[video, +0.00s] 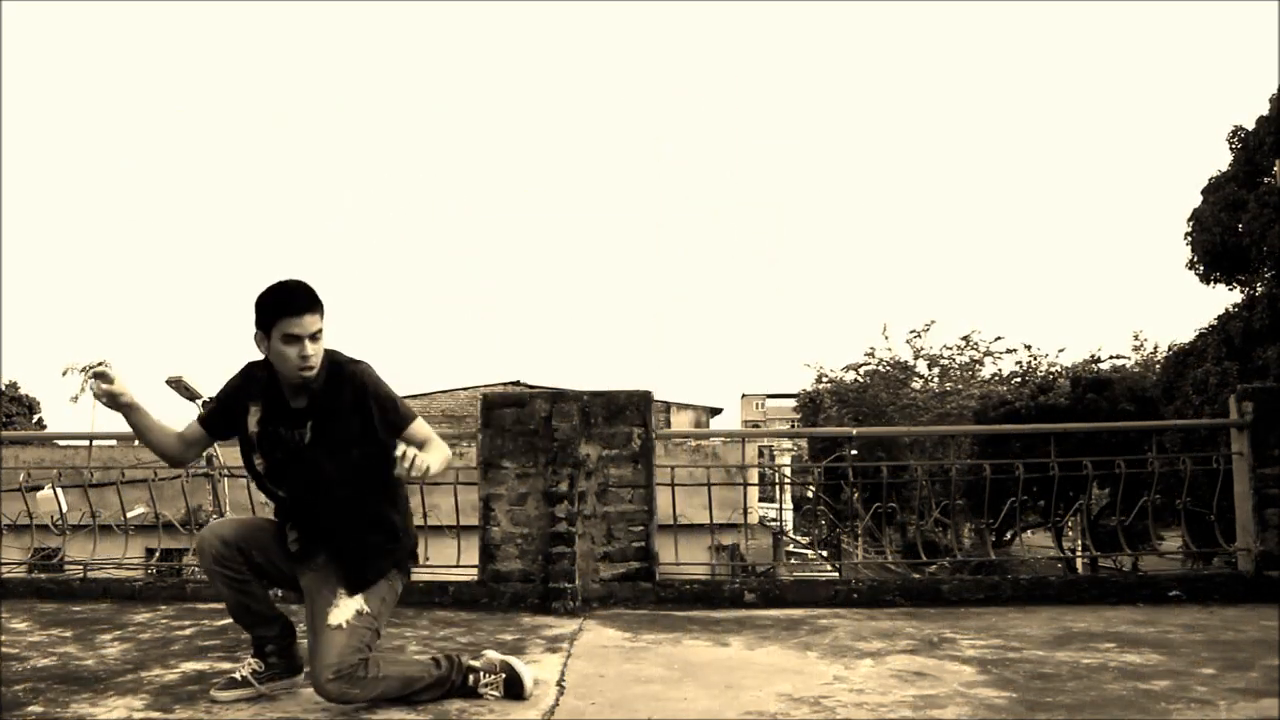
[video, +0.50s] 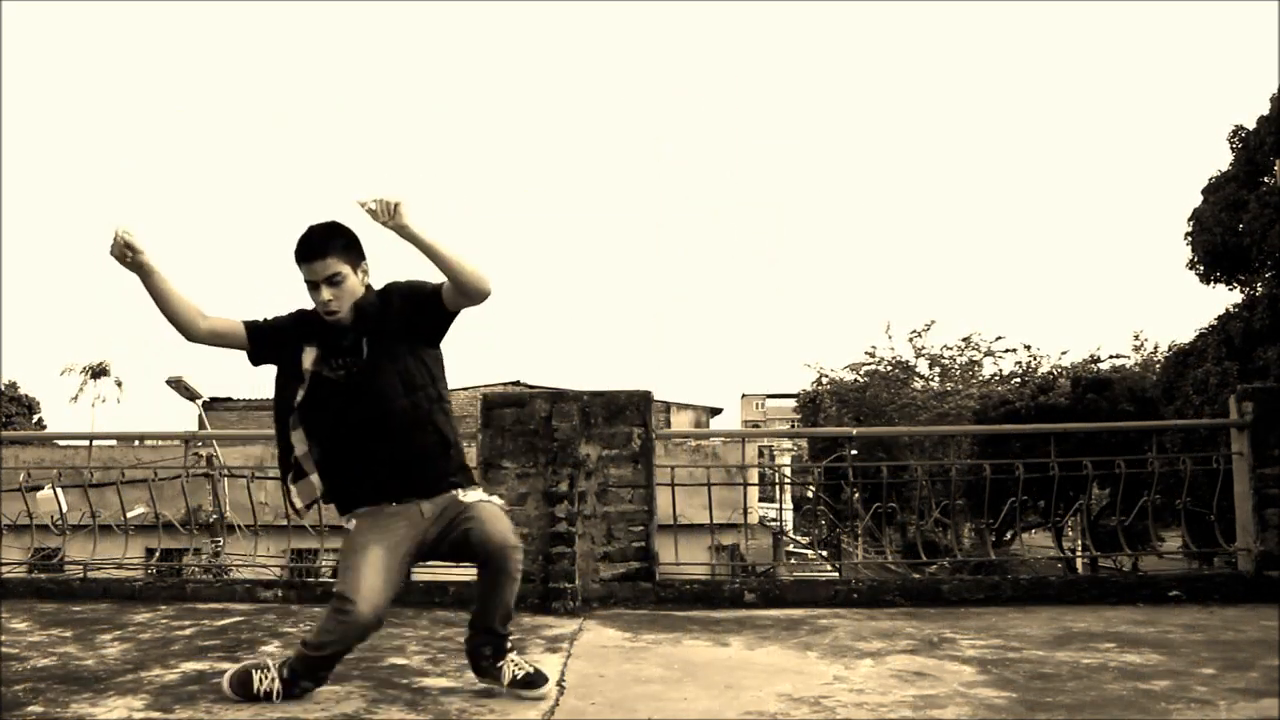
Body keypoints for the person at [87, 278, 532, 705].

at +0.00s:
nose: (307, 352)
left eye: (315, 338)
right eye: (292, 341)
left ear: (324, 332)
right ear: (264, 341)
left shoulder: (354, 380)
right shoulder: (251, 386)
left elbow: (436, 448)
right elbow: (179, 450)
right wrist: (127, 404)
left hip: (366, 559)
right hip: (301, 545)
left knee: (338, 682)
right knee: (218, 542)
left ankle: (467, 675)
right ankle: (278, 659)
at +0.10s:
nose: (295, 341)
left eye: (303, 327)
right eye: (279, 330)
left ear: (314, 326)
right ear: (252, 337)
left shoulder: (347, 375)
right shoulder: (246, 389)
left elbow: (423, 427)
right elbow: (196, 465)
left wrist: (429, 434)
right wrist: (143, 428)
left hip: (363, 559)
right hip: (299, 546)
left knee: (334, 689)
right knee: (213, 547)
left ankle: (466, 675)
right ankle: (281, 660)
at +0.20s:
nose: (281, 349)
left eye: (290, 333)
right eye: (266, 340)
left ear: (308, 327)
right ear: (249, 344)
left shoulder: (349, 379)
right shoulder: (250, 400)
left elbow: (437, 460)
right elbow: (199, 484)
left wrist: (419, 435)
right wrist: (140, 437)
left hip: (362, 557)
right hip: (300, 544)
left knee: (335, 690)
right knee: (218, 549)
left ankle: (462, 675)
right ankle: (280, 662)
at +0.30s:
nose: (279, 345)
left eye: (288, 329)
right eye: (267, 336)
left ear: (313, 316)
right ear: (256, 334)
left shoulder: (360, 359)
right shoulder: (261, 380)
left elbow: (450, 403)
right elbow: (174, 426)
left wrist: (401, 344)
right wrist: (125, 362)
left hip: (382, 548)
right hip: (311, 540)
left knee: (350, 659)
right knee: (234, 547)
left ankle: (467, 674)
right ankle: (278, 662)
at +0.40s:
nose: (302, 310)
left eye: (311, 296)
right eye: (291, 301)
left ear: (341, 283)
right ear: (281, 299)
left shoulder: (385, 318)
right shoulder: (278, 344)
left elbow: (460, 306)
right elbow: (182, 340)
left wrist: (394, 245)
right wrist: (127, 279)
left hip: (422, 511)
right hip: (346, 518)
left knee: (437, 576)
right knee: (292, 571)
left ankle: (476, 667)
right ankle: (284, 667)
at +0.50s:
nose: (324, 295)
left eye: (334, 281)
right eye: (313, 286)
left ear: (362, 271)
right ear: (303, 283)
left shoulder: (404, 305)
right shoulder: (295, 335)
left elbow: (475, 288)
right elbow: (198, 327)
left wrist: (409, 231)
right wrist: (144, 268)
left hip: (451, 497)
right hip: (377, 514)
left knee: (503, 541)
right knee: (360, 611)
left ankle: (490, 655)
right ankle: (292, 677)